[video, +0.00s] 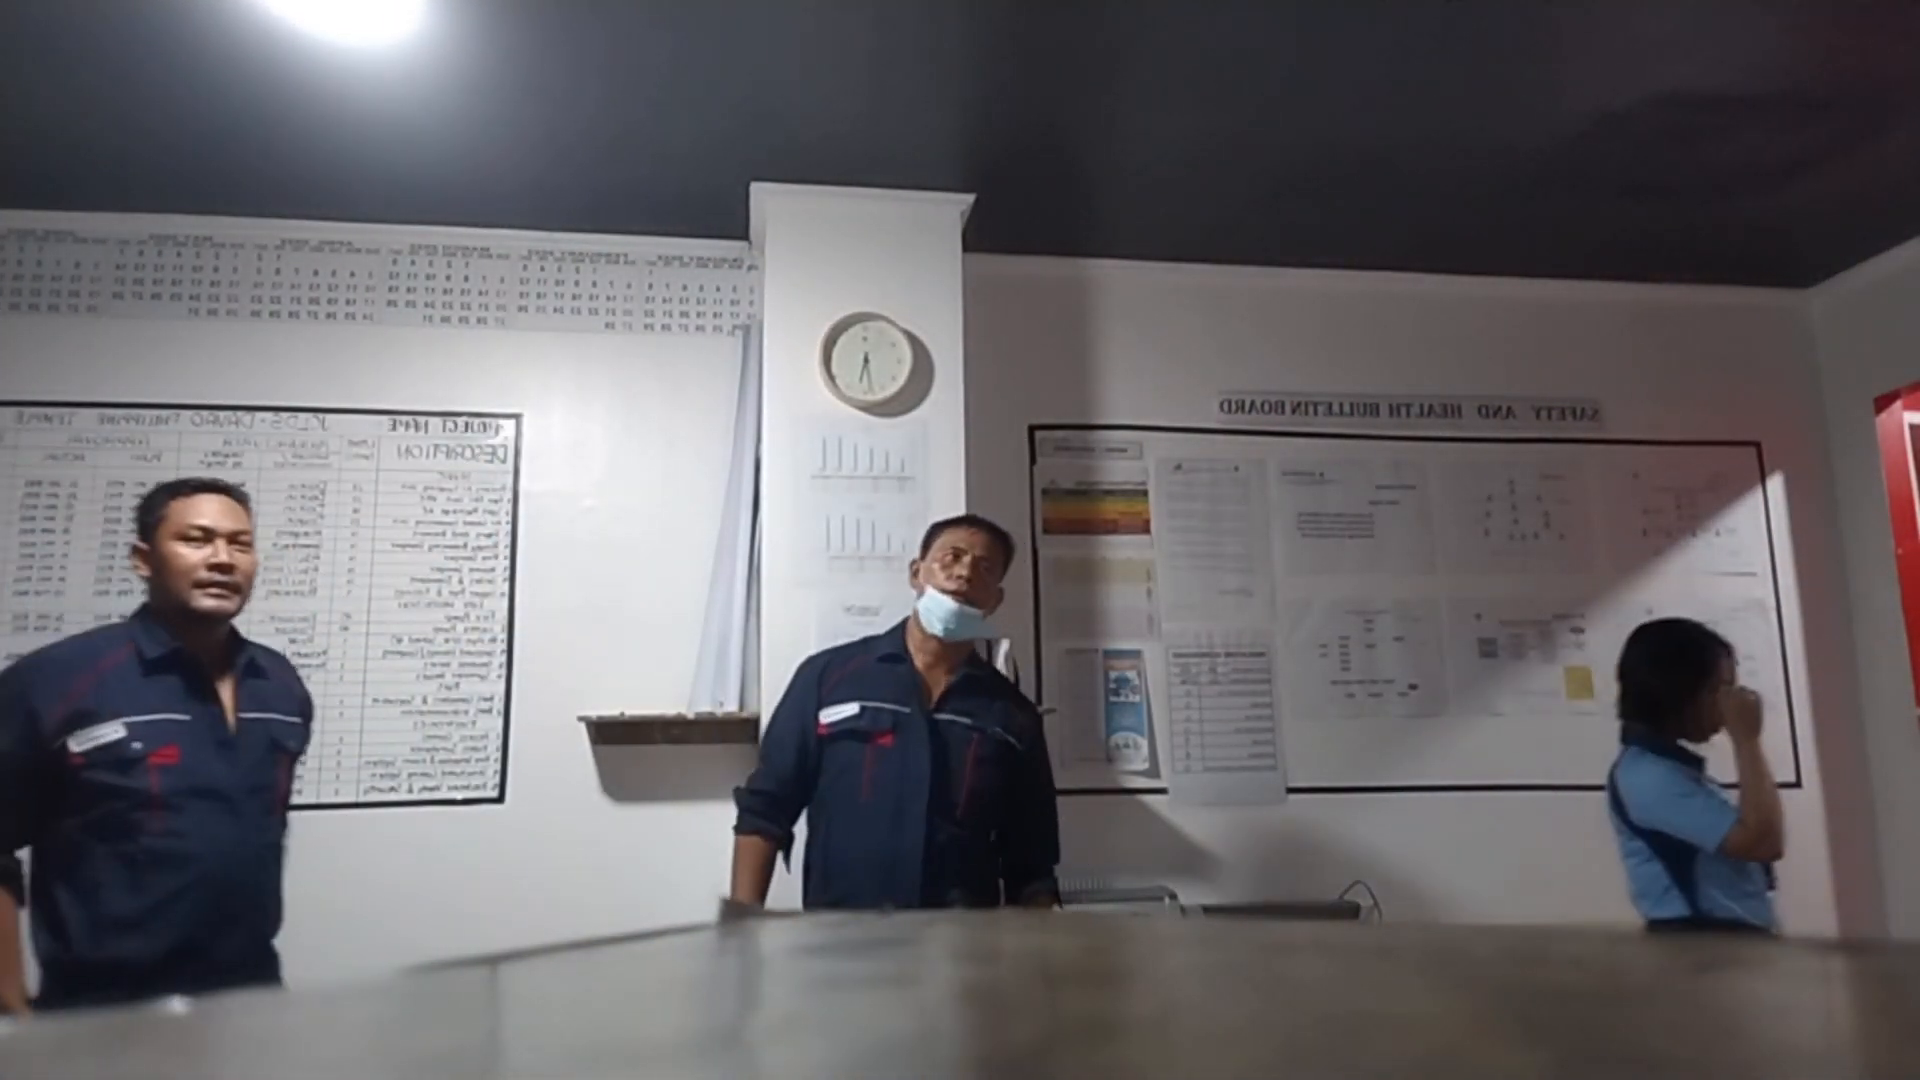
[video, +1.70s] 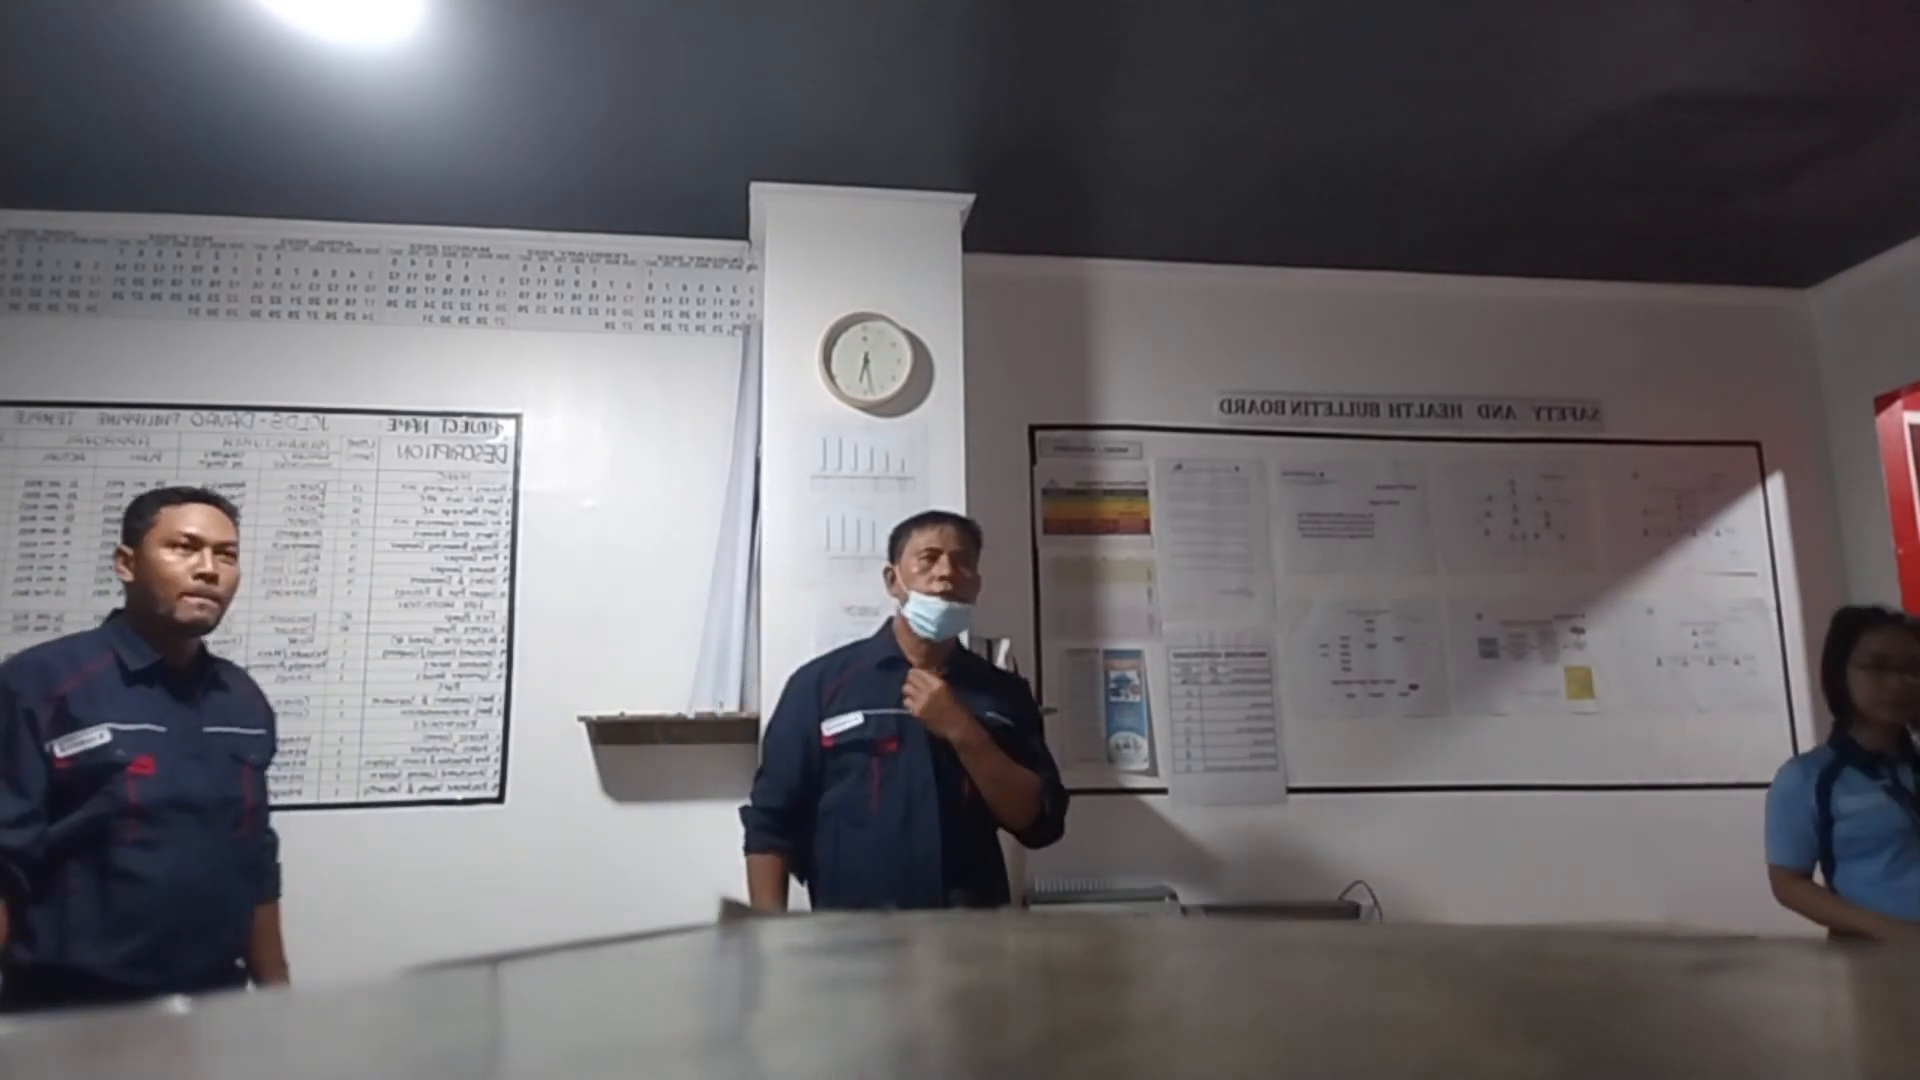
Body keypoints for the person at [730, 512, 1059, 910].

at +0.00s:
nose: (965, 571)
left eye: (983, 567)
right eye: (952, 556)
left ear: (995, 599)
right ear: (917, 574)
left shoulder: (1015, 719)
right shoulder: (826, 679)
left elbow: (1032, 873)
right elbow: (765, 810)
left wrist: (1038, 965)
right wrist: (741, 933)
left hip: (967, 954)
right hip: (840, 948)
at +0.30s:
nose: (900, 566)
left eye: (914, 556)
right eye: (881, 551)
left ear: (927, 582)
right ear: (846, 572)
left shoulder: (962, 699)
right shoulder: (770, 687)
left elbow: (992, 847)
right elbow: (724, 823)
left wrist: (1012, 952)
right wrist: (727, 939)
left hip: (929, 948)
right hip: (804, 946)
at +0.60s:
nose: (838, 561)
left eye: (850, 548)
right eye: (816, 549)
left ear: (863, 567)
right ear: (782, 576)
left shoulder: (913, 685)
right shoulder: (721, 698)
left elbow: (948, 831)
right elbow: (683, 851)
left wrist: (952, 943)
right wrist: (690, 972)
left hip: (897, 941)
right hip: (773, 943)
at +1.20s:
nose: (830, 564)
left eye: (841, 550)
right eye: (808, 555)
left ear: (860, 568)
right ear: (779, 586)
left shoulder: (924, 684)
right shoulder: (733, 706)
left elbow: (975, 810)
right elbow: (701, 863)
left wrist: (960, 917)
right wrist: (724, 977)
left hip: (910, 943)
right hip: (788, 949)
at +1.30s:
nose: (852, 562)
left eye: (864, 549)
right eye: (831, 553)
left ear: (884, 570)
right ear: (802, 583)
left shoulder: (943, 686)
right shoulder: (749, 702)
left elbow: (998, 809)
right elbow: (714, 858)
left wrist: (957, 843)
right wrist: (733, 977)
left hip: (924, 944)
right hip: (801, 948)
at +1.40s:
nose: (880, 564)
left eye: (892, 552)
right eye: (859, 552)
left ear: (909, 575)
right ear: (828, 579)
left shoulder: (959, 688)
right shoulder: (768, 698)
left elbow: (1010, 824)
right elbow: (730, 852)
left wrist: (943, 771)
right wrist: (744, 973)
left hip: (938, 940)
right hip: (814, 943)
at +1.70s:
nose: (947, 571)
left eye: (962, 561)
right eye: (928, 557)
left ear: (978, 584)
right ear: (893, 580)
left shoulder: (1003, 693)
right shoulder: (818, 688)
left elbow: (1041, 823)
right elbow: (770, 824)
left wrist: (960, 728)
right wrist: (773, 947)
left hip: (974, 944)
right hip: (851, 945)